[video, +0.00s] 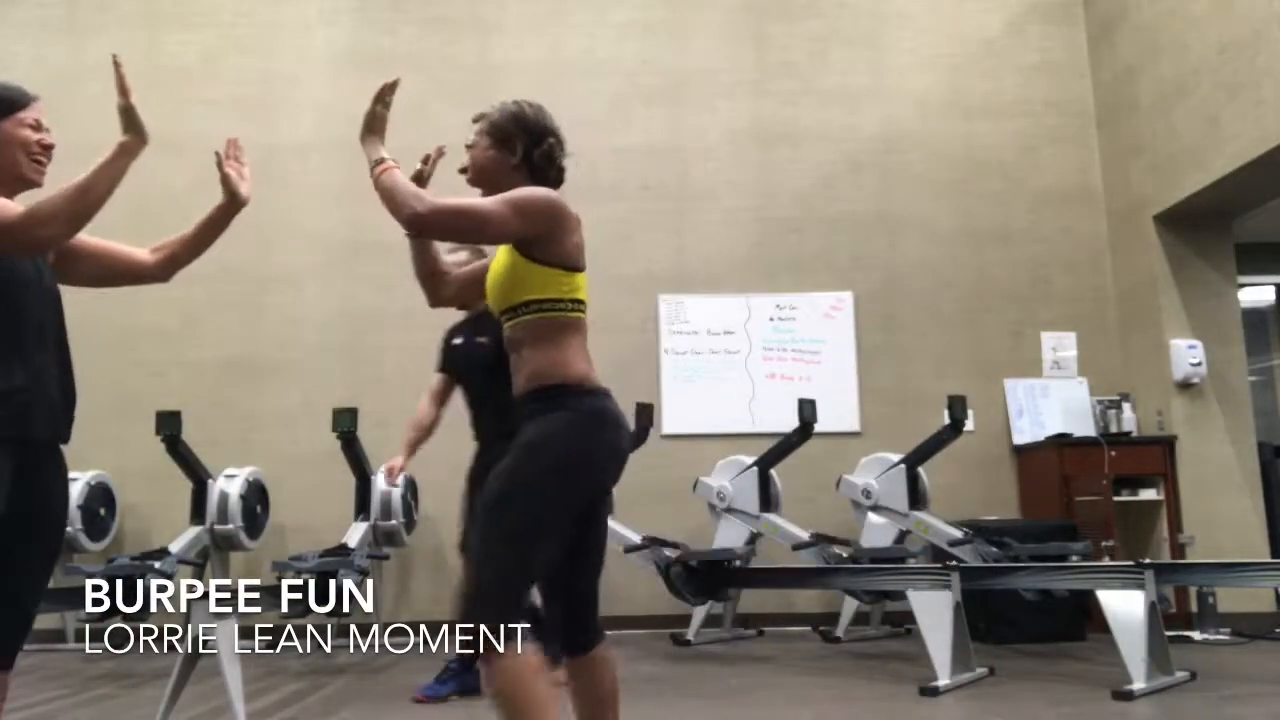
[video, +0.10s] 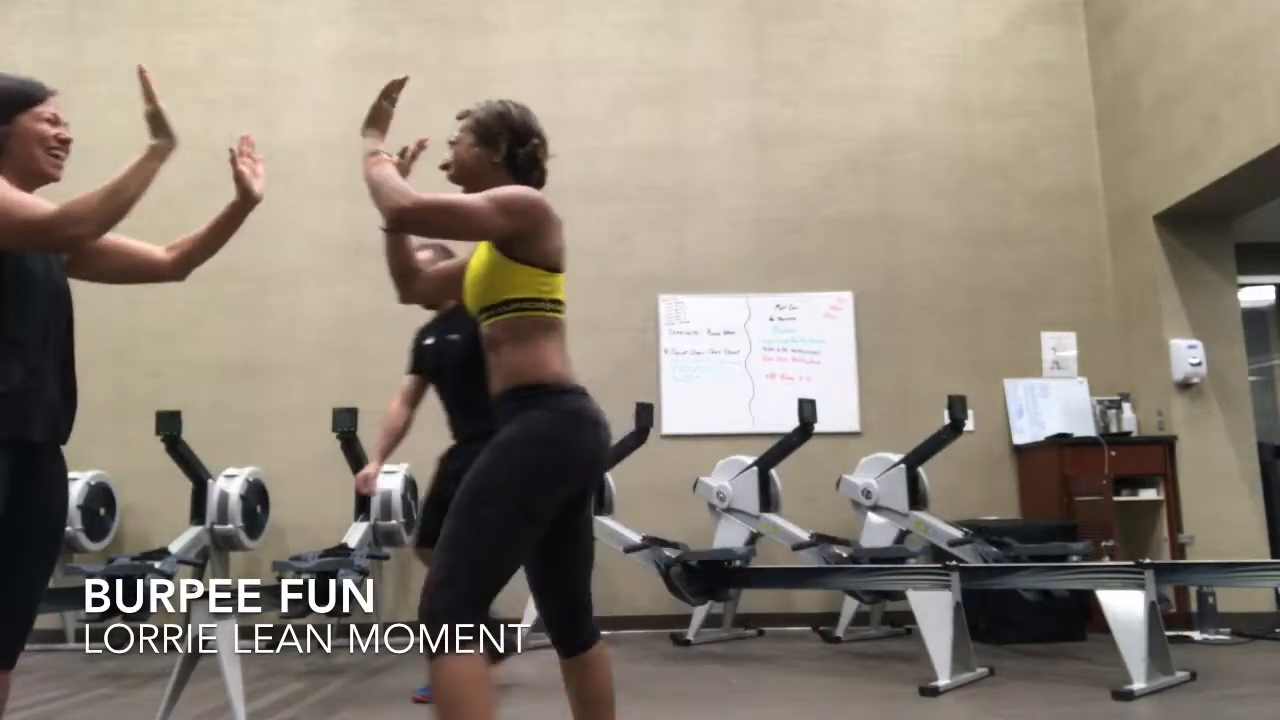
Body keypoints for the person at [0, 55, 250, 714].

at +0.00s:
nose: (47, 140)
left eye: (48, 129)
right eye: (31, 126)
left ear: (37, 142)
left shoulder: (32, 235)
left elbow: (153, 263)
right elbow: (40, 226)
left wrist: (229, 206)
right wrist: (130, 147)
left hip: (38, 458)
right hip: (3, 457)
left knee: (6, 650)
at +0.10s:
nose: (63, 136)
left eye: (64, 126)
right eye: (48, 122)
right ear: (5, 129)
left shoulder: (46, 229)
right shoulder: (1, 204)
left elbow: (170, 262)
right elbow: (67, 227)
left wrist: (244, 202)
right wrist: (159, 147)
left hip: (37, 457)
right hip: (4, 453)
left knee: (8, 643)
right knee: (3, 644)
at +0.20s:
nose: (84, 130)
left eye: (82, 120)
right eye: (68, 116)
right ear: (19, 125)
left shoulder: (61, 223)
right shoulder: (4, 184)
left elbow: (185, 263)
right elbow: (95, 219)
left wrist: (253, 199)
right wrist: (186, 143)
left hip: (34, 456)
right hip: (3, 452)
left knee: (5, 647)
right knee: (2, 646)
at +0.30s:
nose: (106, 126)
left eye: (102, 116)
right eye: (88, 115)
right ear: (40, 127)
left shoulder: (93, 221)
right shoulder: (17, 182)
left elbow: (217, 240)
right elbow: (152, 170)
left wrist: (285, 174)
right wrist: (272, 118)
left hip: (26, 455)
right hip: (6, 453)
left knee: (4, 634)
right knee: (2, 631)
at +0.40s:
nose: (111, 127)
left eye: (107, 116)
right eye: (96, 116)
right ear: (51, 126)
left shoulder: (97, 203)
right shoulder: (16, 175)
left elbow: (215, 197)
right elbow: (148, 134)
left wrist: (298, 145)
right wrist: (256, 76)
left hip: (24, 449)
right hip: (5, 446)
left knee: (7, 618)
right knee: (4, 617)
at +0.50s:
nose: (106, 162)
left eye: (108, 149)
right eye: (95, 145)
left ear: (78, 149)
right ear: (47, 142)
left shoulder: (74, 213)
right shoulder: (11, 192)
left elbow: (189, 198)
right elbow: (101, 133)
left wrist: (264, 137)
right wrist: (181, 47)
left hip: (24, 450)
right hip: (2, 449)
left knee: (7, 609)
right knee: (5, 610)